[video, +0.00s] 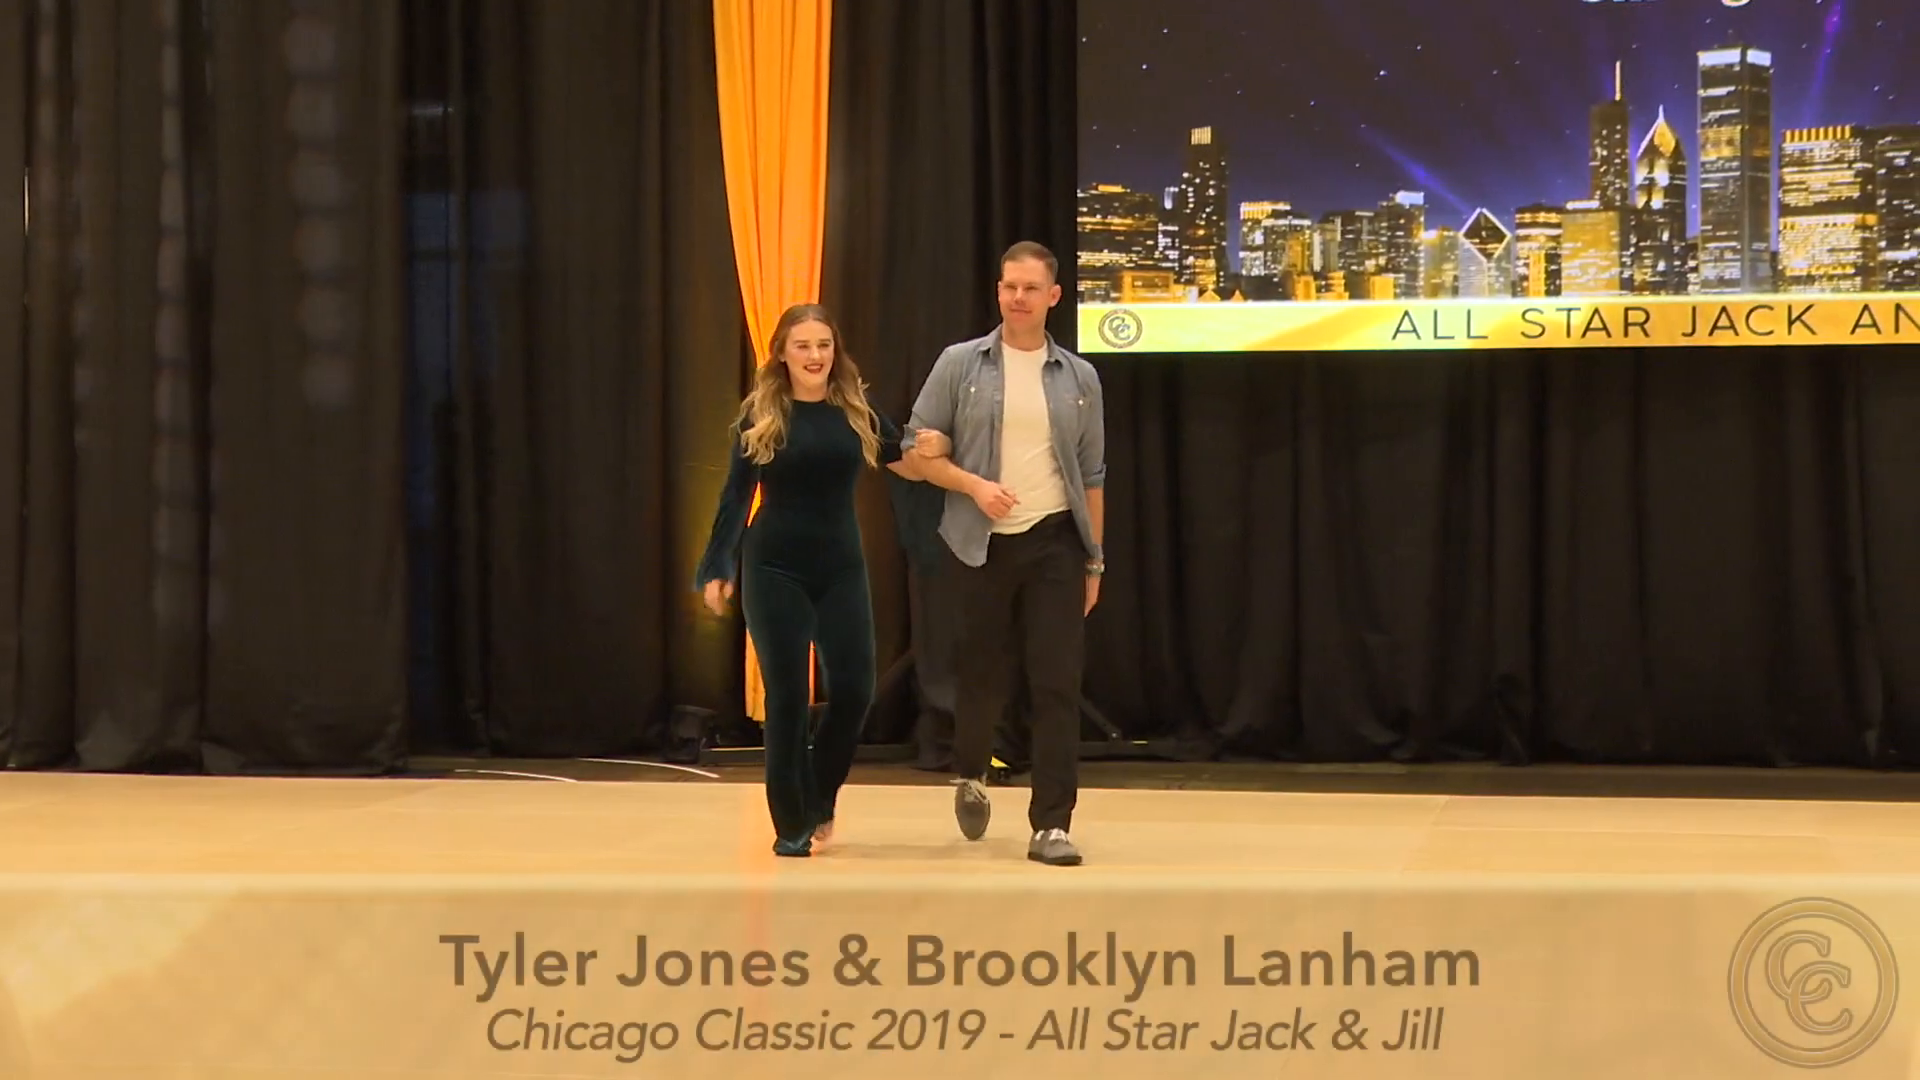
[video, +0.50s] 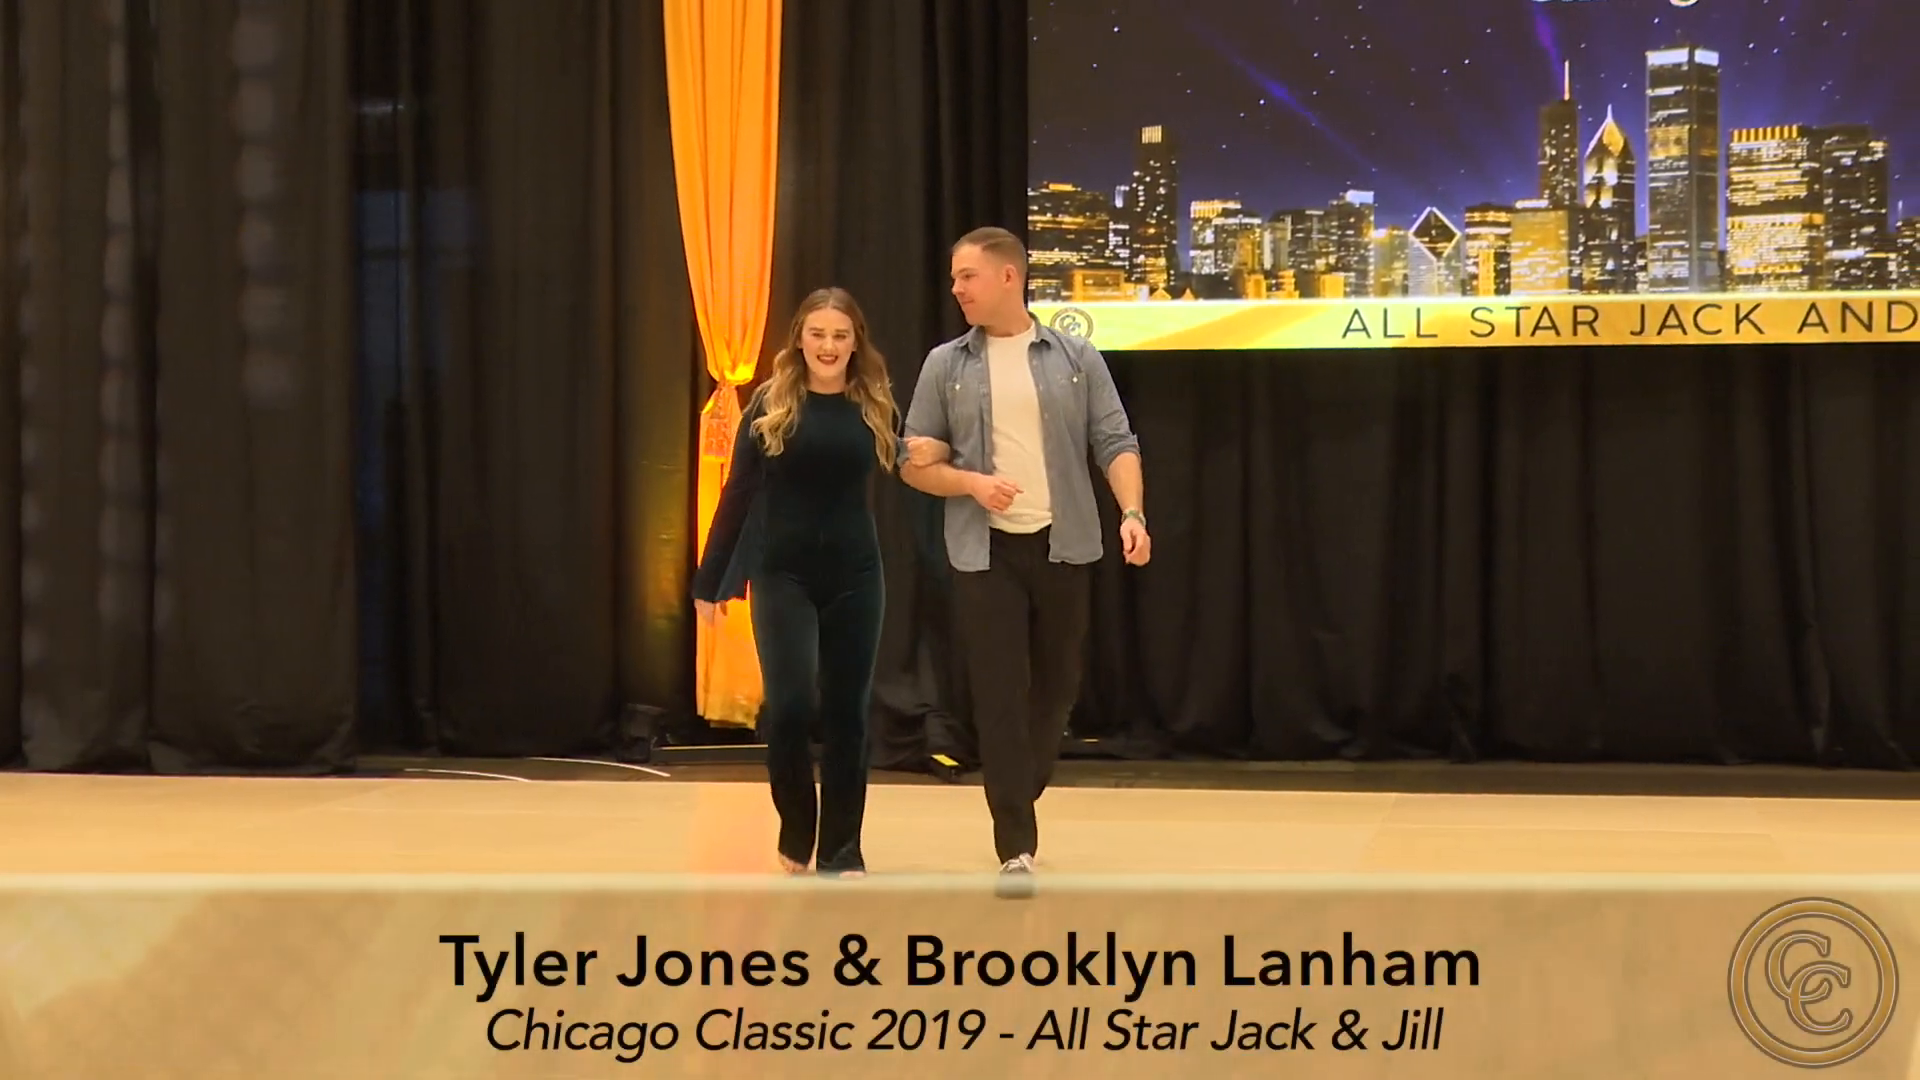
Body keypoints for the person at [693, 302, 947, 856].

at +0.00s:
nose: (813, 355)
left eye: (822, 344)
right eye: (801, 345)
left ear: (835, 350)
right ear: (783, 352)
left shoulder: (855, 410)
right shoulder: (760, 414)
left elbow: (897, 457)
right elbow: (737, 497)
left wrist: (933, 447)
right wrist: (719, 564)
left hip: (842, 571)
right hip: (773, 570)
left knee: (854, 690)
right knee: (787, 698)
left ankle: (821, 797)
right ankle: (790, 827)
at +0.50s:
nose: (829, 345)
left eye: (840, 335)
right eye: (818, 334)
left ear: (855, 342)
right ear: (800, 339)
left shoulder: (876, 406)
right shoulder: (769, 402)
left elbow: (906, 462)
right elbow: (737, 492)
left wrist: (937, 449)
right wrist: (709, 578)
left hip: (855, 576)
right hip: (780, 575)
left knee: (847, 712)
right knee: (792, 706)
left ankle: (841, 849)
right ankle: (796, 835)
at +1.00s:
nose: (818, 340)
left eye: (829, 329)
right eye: (805, 328)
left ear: (844, 334)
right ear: (783, 332)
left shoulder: (865, 399)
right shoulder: (750, 404)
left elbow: (914, 455)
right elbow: (727, 495)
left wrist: (950, 448)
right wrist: (716, 576)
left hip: (847, 580)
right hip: (767, 581)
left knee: (860, 718)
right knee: (785, 725)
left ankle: (832, 860)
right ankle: (787, 867)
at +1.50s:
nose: (835, 321)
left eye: (846, 310)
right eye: (821, 308)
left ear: (858, 316)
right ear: (793, 312)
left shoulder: (879, 386)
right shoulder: (755, 388)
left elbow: (932, 458)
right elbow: (722, 489)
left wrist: (970, 444)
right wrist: (690, 573)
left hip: (859, 587)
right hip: (772, 582)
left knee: (842, 749)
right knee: (789, 741)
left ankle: (839, 904)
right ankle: (790, 910)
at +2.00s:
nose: (832, 301)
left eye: (841, 289)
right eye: (817, 288)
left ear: (850, 297)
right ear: (778, 292)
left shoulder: (868, 372)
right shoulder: (740, 373)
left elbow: (930, 445)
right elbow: (707, 472)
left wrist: (1001, 443)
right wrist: (698, 539)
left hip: (861, 585)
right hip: (765, 588)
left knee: (867, 759)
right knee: (774, 765)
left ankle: (845, 931)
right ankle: (768, 932)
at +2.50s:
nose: (899, 285)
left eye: (899, 273)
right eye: (886, 272)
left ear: (880, 283)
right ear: (839, 279)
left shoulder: (903, 372)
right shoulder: (779, 371)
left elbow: (973, 443)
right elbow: (728, 477)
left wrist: (1064, 456)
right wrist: (678, 568)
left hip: (888, 588)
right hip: (799, 586)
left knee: (858, 768)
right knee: (836, 763)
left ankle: (838, 936)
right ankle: (841, 942)